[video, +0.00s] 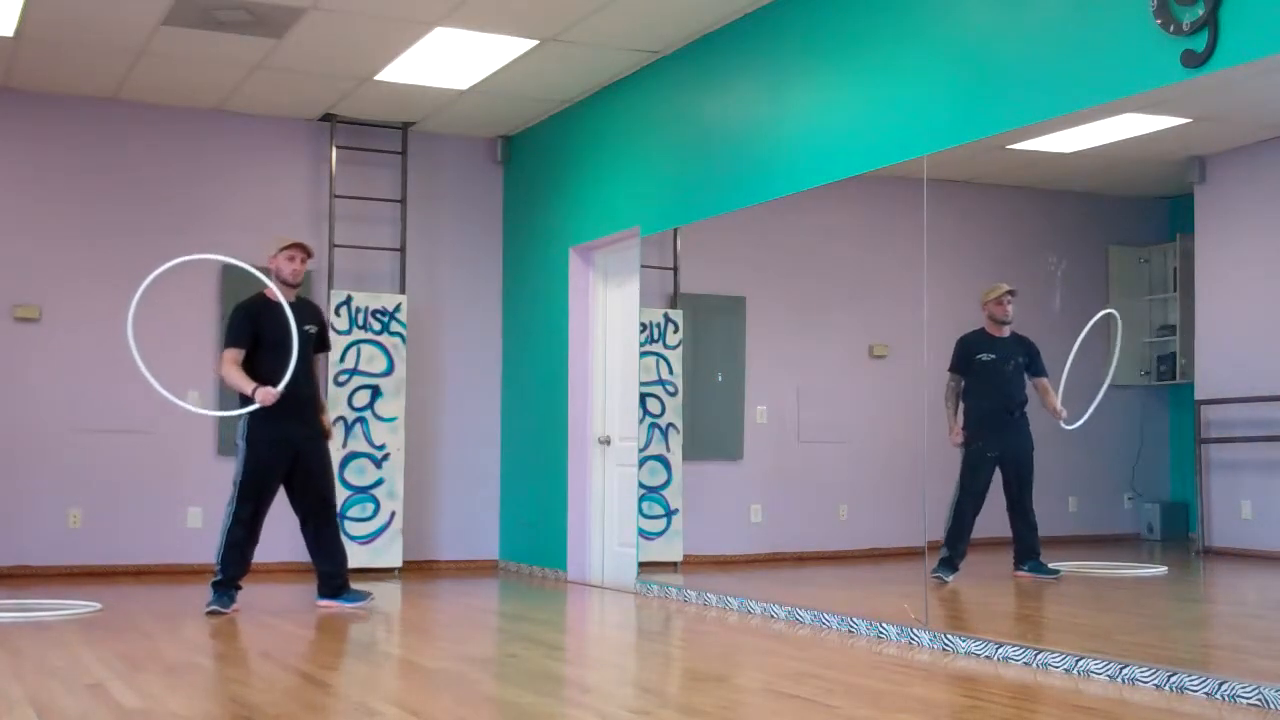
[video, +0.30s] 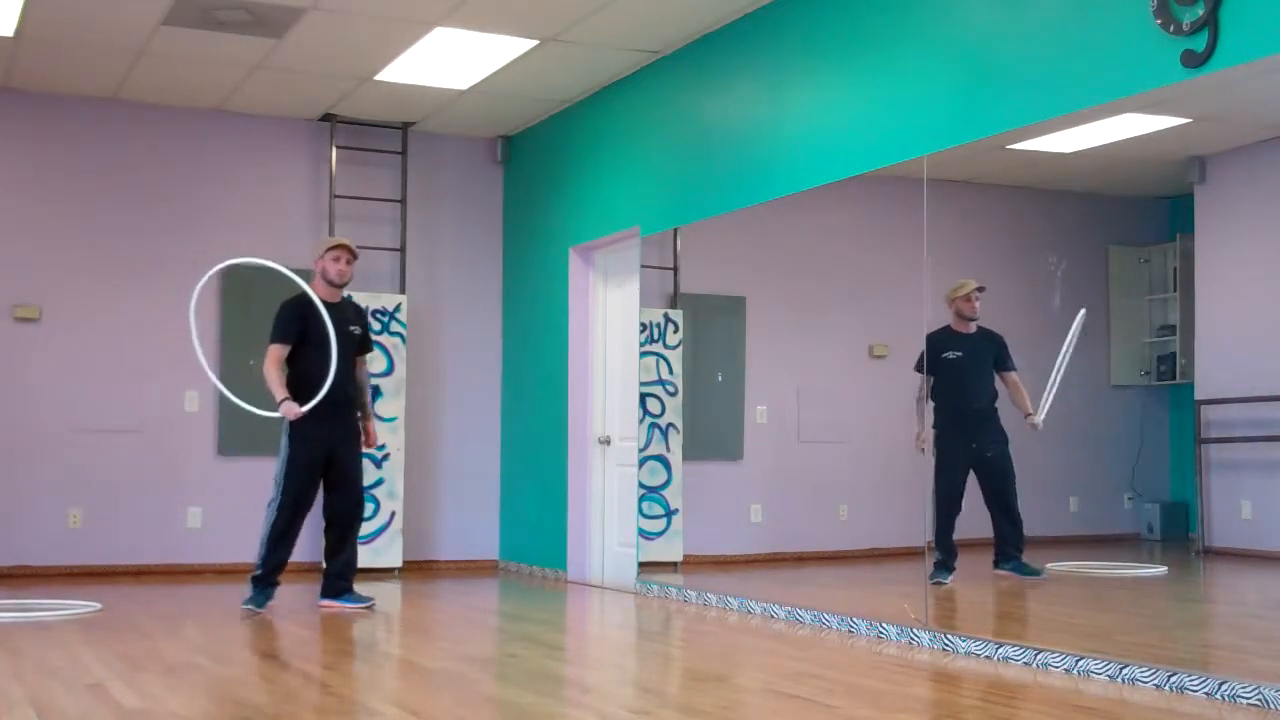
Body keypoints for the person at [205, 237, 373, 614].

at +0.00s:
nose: (297, 266)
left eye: (303, 261)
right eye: (290, 259)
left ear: (307, 269)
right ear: (272, 263)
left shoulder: (311, 313)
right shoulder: (250, 310)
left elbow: (314, 370)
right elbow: (228, 365)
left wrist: (321, 411)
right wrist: (253, 389)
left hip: (307, 424)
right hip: (266, 424)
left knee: (320, 507)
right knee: (247, 508)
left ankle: (333, 587)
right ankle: (224, 589)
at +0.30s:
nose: (343, 266)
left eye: (349, 262)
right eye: (336, 259)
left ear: (353, 270)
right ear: (318, 264)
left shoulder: (355, 314)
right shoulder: (296, 307)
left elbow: (360, 371)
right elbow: (273, 362)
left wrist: (367, 416)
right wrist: (283, 399)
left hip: (346, 425)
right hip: (306, 423)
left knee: (347, 509)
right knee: (289, 506)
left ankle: (336, 589)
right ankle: (261, 589)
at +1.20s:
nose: (385, 270)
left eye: (388, 266)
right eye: (378, 263)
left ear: (387, 272)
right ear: (356, 266)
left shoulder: (386, 317)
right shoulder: (337, 305)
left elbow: (382, 380)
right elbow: (373, 332)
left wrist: (392, 422)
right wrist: (414, 353)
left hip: (379, 417)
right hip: (341, 415)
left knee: (398, 502)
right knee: (330, 501)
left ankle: (424, 586)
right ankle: (318, 586)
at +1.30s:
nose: (391, 272)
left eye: (395, 267)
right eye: (384, 265)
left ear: (395, 274)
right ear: (363, 267)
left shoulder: (391, 320)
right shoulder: (341, 304)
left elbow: (391, 380)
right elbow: (384, 316)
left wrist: (402, 421)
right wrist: (433, 318)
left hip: (385, 419)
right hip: (346, 417)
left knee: (400, 504)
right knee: (332, 503)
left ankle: (426, 586)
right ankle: (319, 586)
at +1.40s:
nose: (400, 272)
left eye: (403, 267)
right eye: (394, 265)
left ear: (402, 272)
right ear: (373, 265)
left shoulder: (402, 315)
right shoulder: (347, 302)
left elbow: (404, 379)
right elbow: (390, 309)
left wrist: (413, 421)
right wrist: (433, 293)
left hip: (396, 417)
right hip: (356, 415)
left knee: (408, 503)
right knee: (343, 502)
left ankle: (423, 585)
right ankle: (323, 585)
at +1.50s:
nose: (409, 270)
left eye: (413, 265)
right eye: (402, 263)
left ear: (418, 269)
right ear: (384, 266)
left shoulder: (418, 314)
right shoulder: (358, 301)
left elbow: (420, 375)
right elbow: (388, 317)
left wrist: (427, 421)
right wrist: (417, 280)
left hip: (409, 418)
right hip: (369, 417)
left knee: (414, 506)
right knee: (355, 504)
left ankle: (423, 585)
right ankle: (337, 586)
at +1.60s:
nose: (418, 271)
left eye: (423, 266)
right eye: (412, 264)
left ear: (427, 272)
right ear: (395, 267)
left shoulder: (431, 314)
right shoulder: (371, 302)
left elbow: (438, 370)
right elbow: (377, 327)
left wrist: (443, 412)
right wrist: (397, 283)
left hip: (422, 421)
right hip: (383, 421)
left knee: (422, 510)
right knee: (375, 509)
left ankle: (425, 586)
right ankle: (368, 585)